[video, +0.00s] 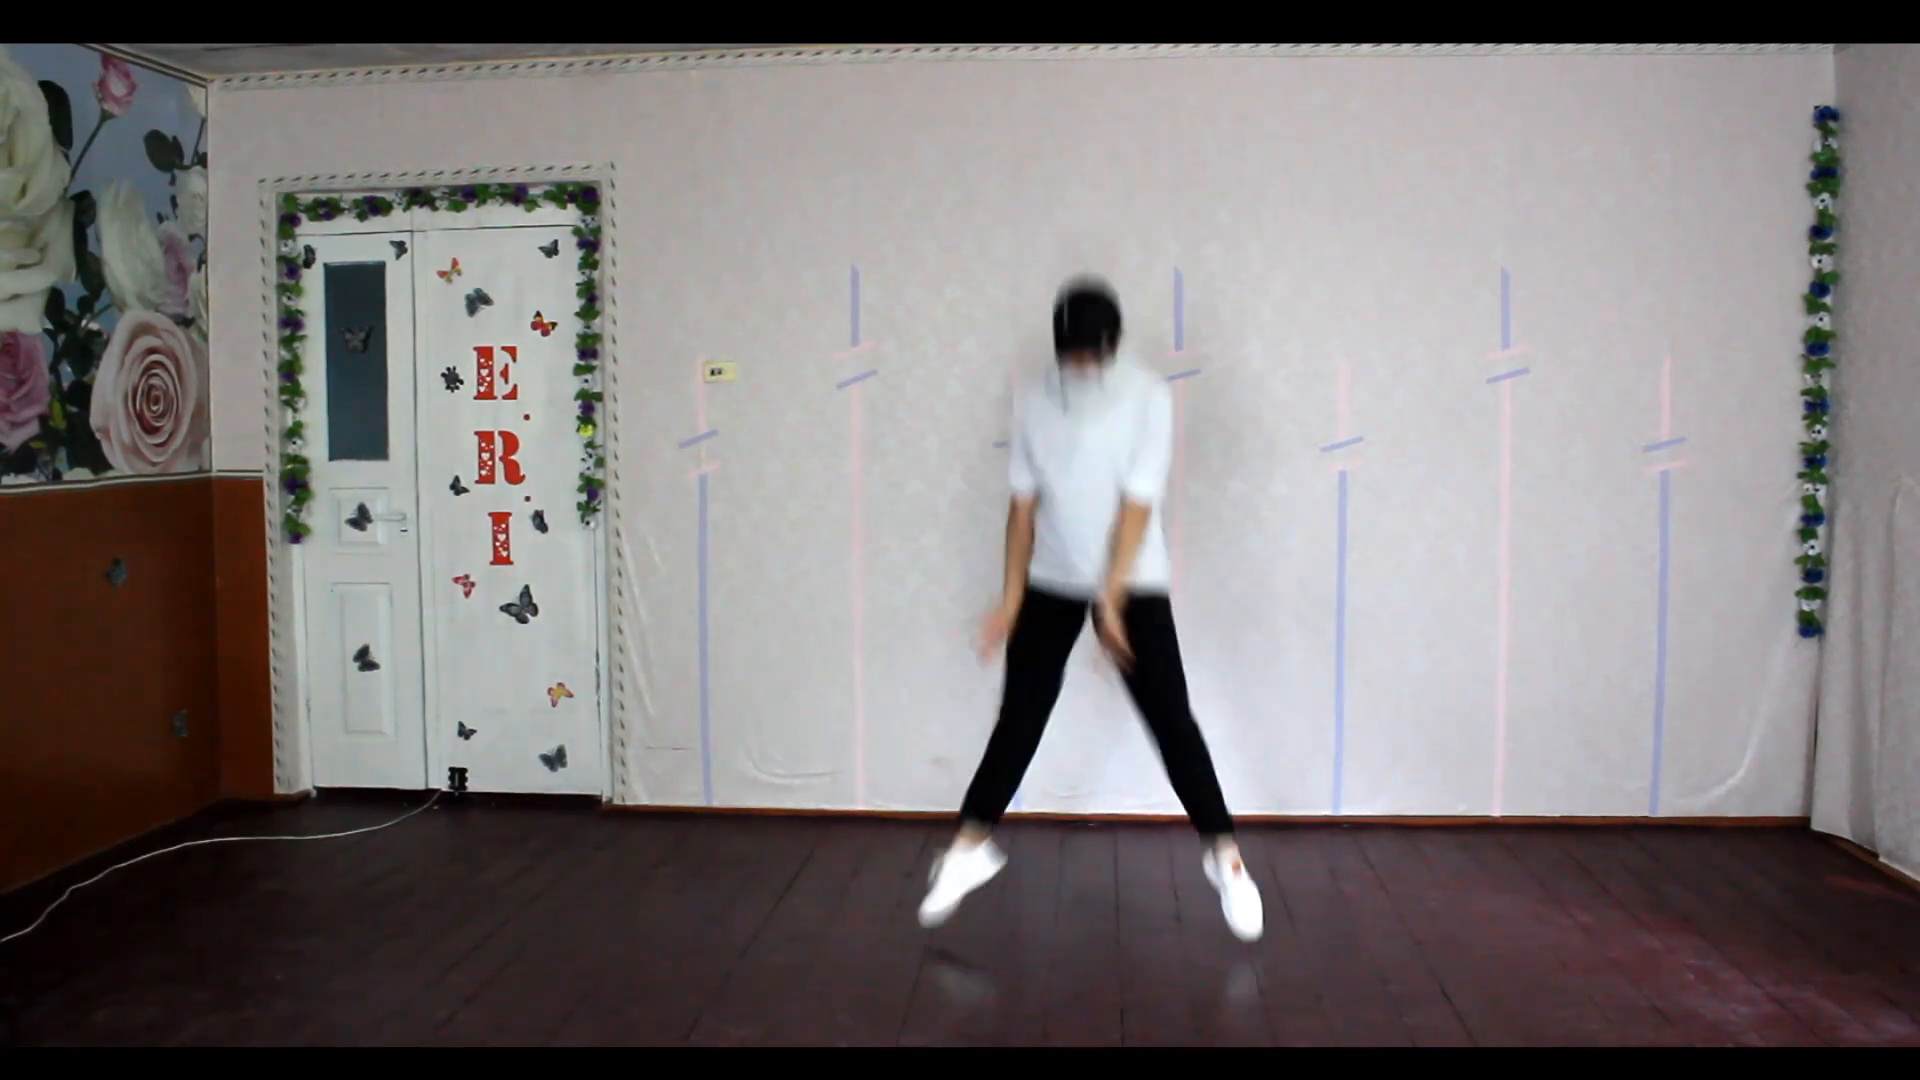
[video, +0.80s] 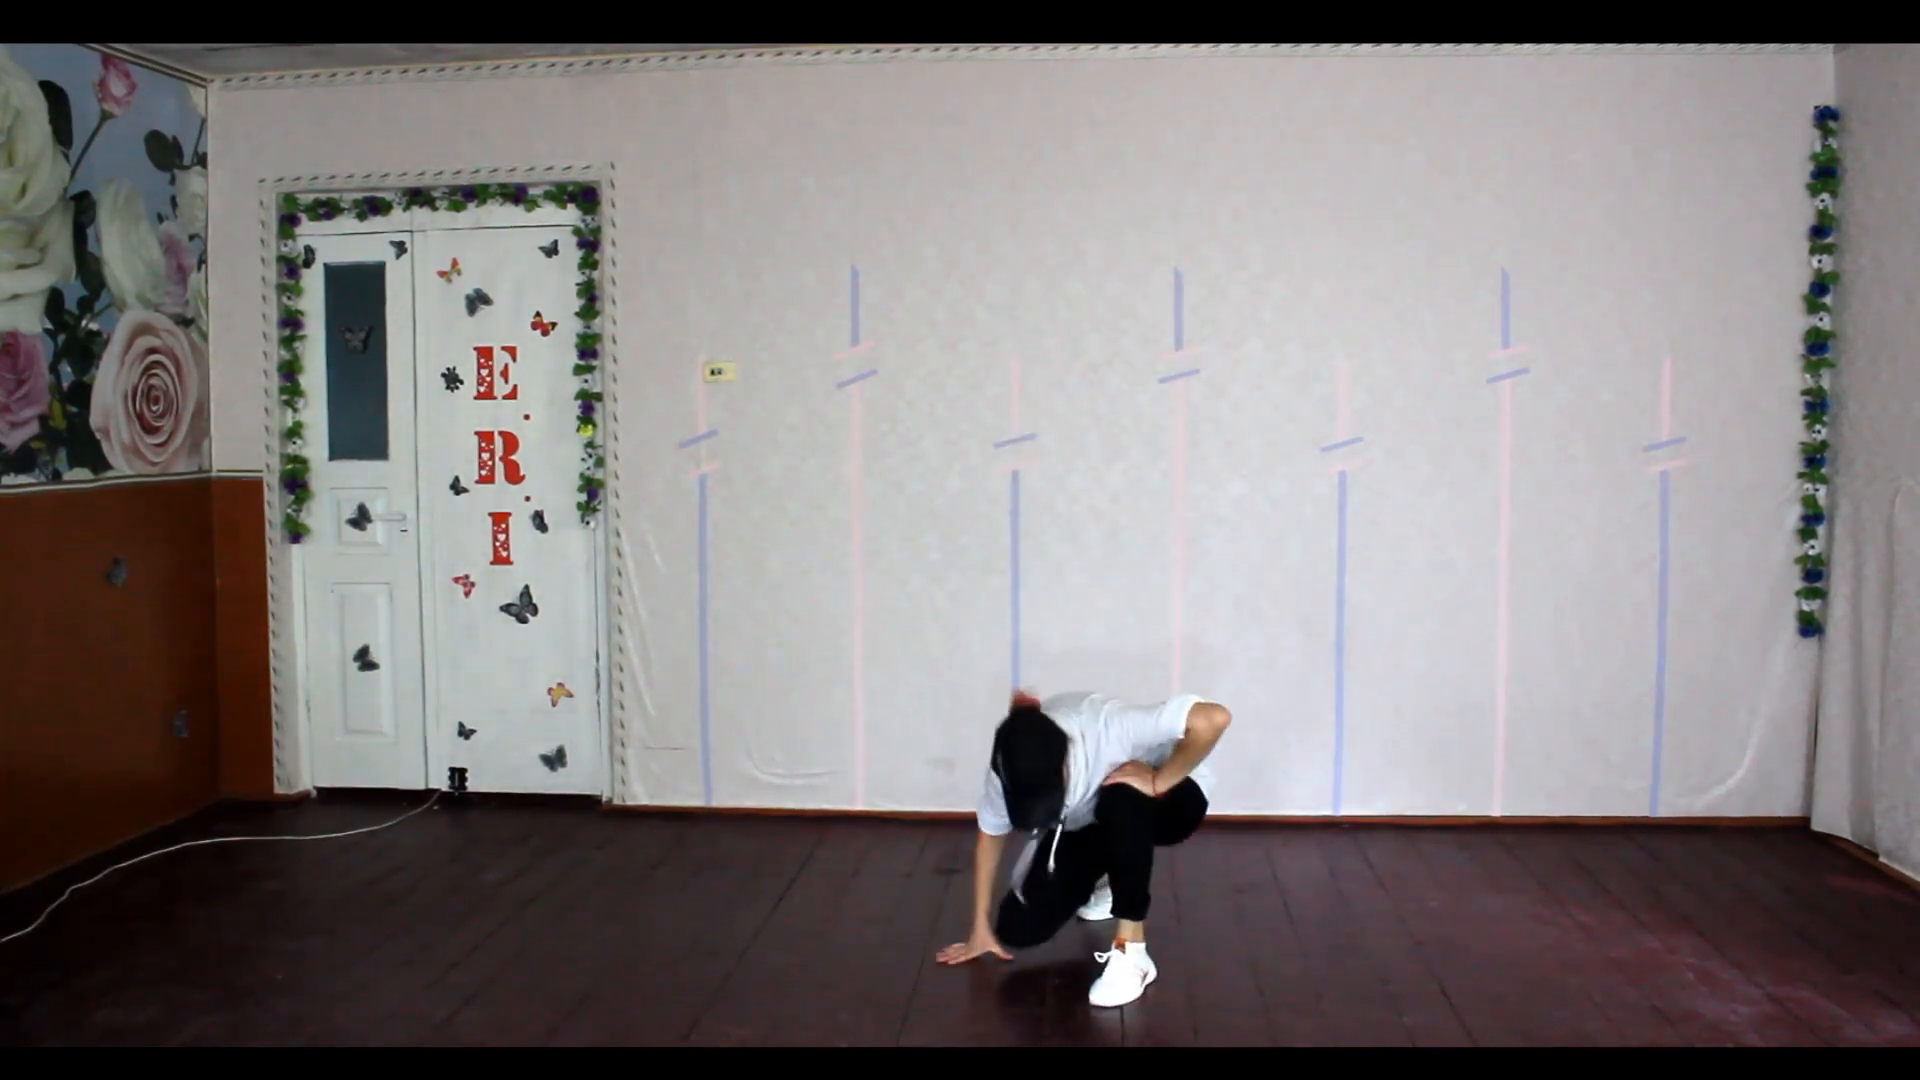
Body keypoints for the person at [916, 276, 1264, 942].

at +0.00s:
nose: (1084, 368)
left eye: (1095, 357)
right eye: (1074, 357)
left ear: (1114, 347)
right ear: (1057, 348)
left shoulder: (1146, 397)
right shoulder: (1036, 395)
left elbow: (1139, 504)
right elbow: (1024, 501)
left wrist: (1111, 600)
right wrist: (1012, 597)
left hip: (1133, 585)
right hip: (1052, 585)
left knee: (1172, 724)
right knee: (1017, 722)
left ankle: (1226, 856)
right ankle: (968, 845)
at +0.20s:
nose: (1094, 305)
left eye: (1104, 294)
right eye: (1082, 296)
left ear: (1123, 277)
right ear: (1063, 282)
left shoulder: (1152, 335)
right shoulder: (1037, 329)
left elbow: (1133, 448)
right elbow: (1016, 442)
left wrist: (1103, 548)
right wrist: (997, 537)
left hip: (1128, 518)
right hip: (1045, 515)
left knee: (1152, 664)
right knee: (1042, 655)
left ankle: (1199, 818)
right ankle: (1043, 786)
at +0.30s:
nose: (1091, 329)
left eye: (1101, 316)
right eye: (1078, 318)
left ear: (1119, 301)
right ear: (1061, 305)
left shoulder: (1150, 353)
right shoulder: (1037, 350)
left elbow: (1146, 470)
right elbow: (1019, 462)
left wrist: (1109, 570)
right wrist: (1003, 560)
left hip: (1127, 543)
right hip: (1047, 541)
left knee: (1143, 686)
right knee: (1053, 677)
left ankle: (1177, 838)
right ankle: (1070, 797)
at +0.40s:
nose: (1070, 418)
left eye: (1080, 404)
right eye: (1058, 405)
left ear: (1103, 385)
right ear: (1042, 389)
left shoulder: (1142, 428)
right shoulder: (1034, 435)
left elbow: (1174, 536)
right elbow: (1016, 539)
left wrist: (1120, 636)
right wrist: (998, 642)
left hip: (1127, 619)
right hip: (1056, 617)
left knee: (1125, 760)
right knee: (1048, 746)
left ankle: (1139, 912)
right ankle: (1101, 845)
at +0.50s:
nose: (1051, 567)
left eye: (1059, 557)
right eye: (1040, 558)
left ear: (1083, 532)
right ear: (1024, 538)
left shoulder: (1121, 552)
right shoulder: (1025, 574)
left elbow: (1183, 640)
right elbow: (996, 684)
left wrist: (1121, 734)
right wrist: (969, 794)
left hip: (1141, 715)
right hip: (1076, 716)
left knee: (1094, 804)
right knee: (1030, 836)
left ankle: (1130, 951)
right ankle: (1124, 866)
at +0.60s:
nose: (1041, 673)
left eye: (1048, 661)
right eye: (1029, 664)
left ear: (1069, 634)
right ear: (1013, 644)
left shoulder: (1113, 635)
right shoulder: (1013, 669)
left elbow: (1194, 693)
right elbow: (985, 771)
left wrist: (1136, 765)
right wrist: (963, 876)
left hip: (1159, 749)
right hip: (1083, 761)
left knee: (1104, 800)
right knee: (1025, 877)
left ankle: (1128, 947)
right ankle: (1118, 868)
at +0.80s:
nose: (1036, 824)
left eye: (1053, 793)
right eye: (1029, 816)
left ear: (1065, 759)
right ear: (1005, 773)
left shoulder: (1111, 727)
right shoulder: (1002, 773)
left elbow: (1212, 719)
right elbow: (990, 839)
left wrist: (1162, 780)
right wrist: (981, 926)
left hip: (1164, 807)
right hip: (1079, 827)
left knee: (1119, 797)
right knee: (1016, 929)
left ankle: (1130, 948)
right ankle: (1102, 866)